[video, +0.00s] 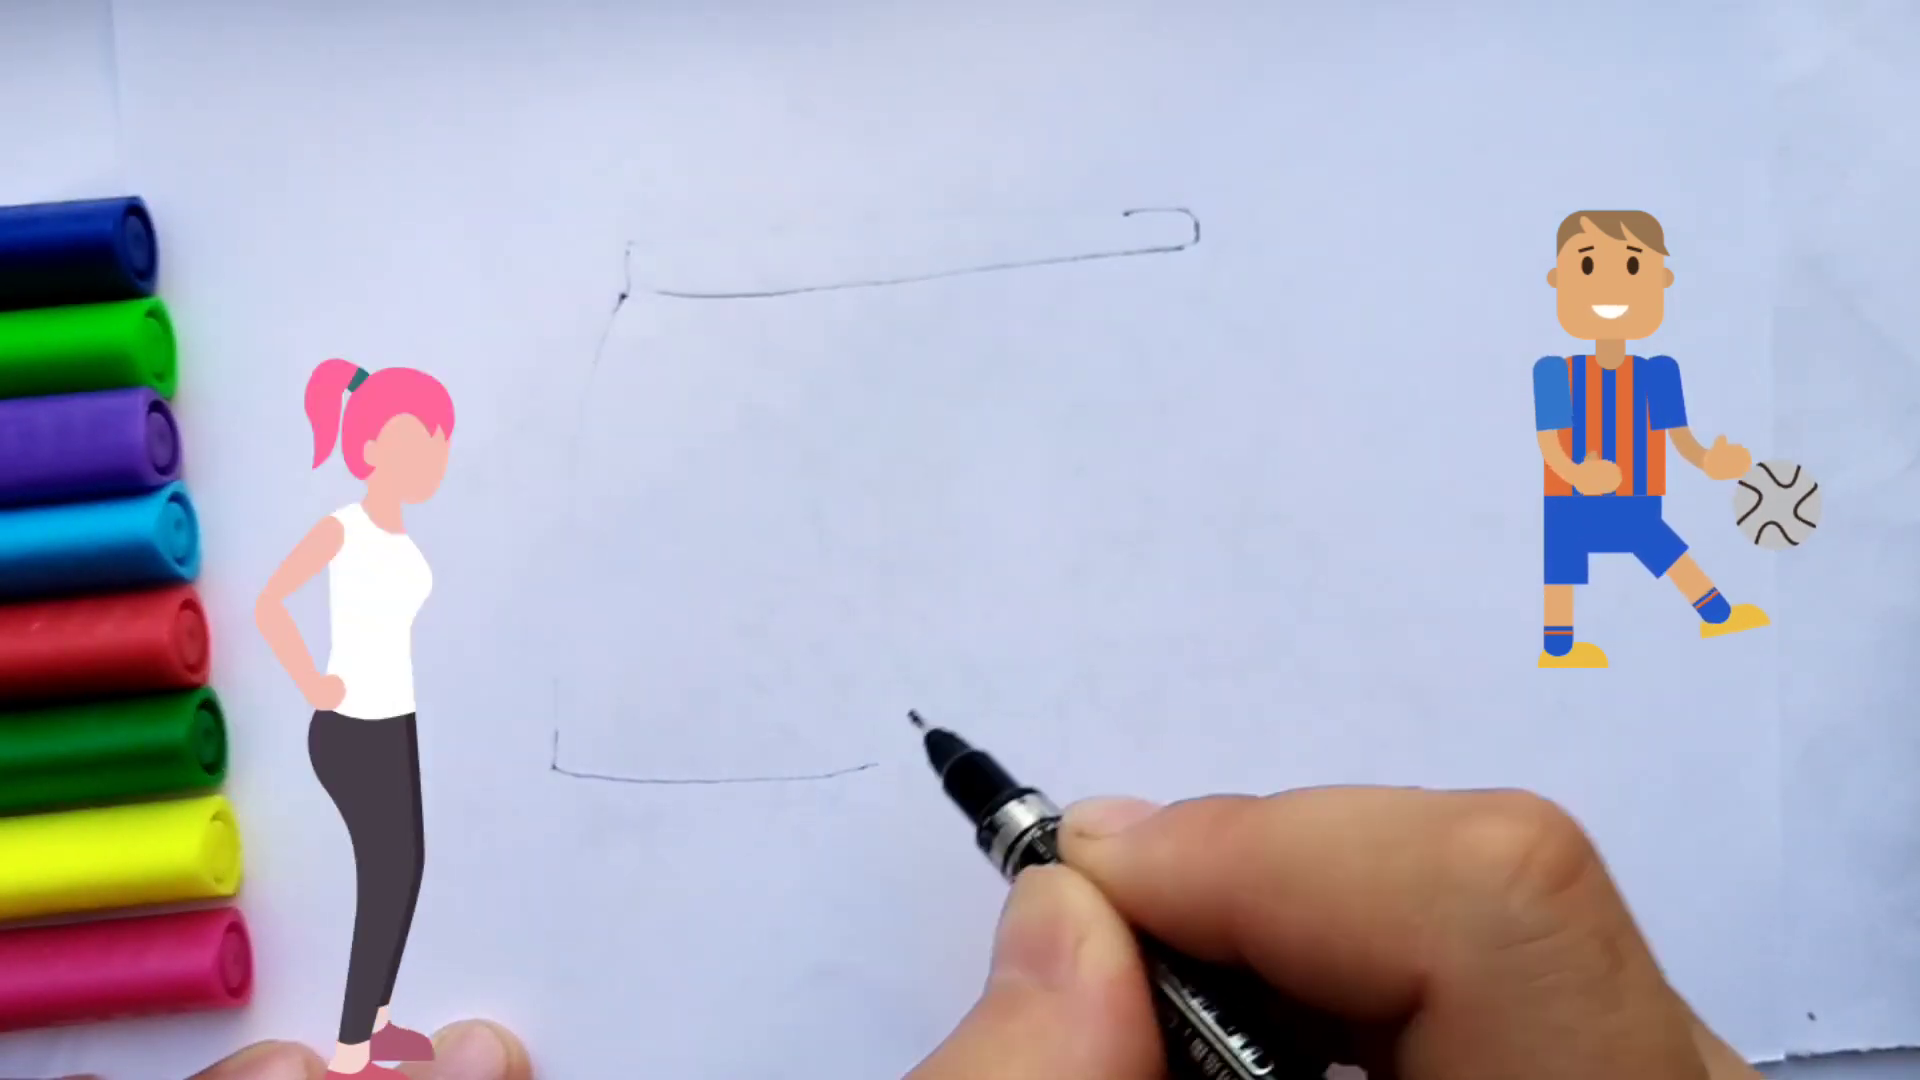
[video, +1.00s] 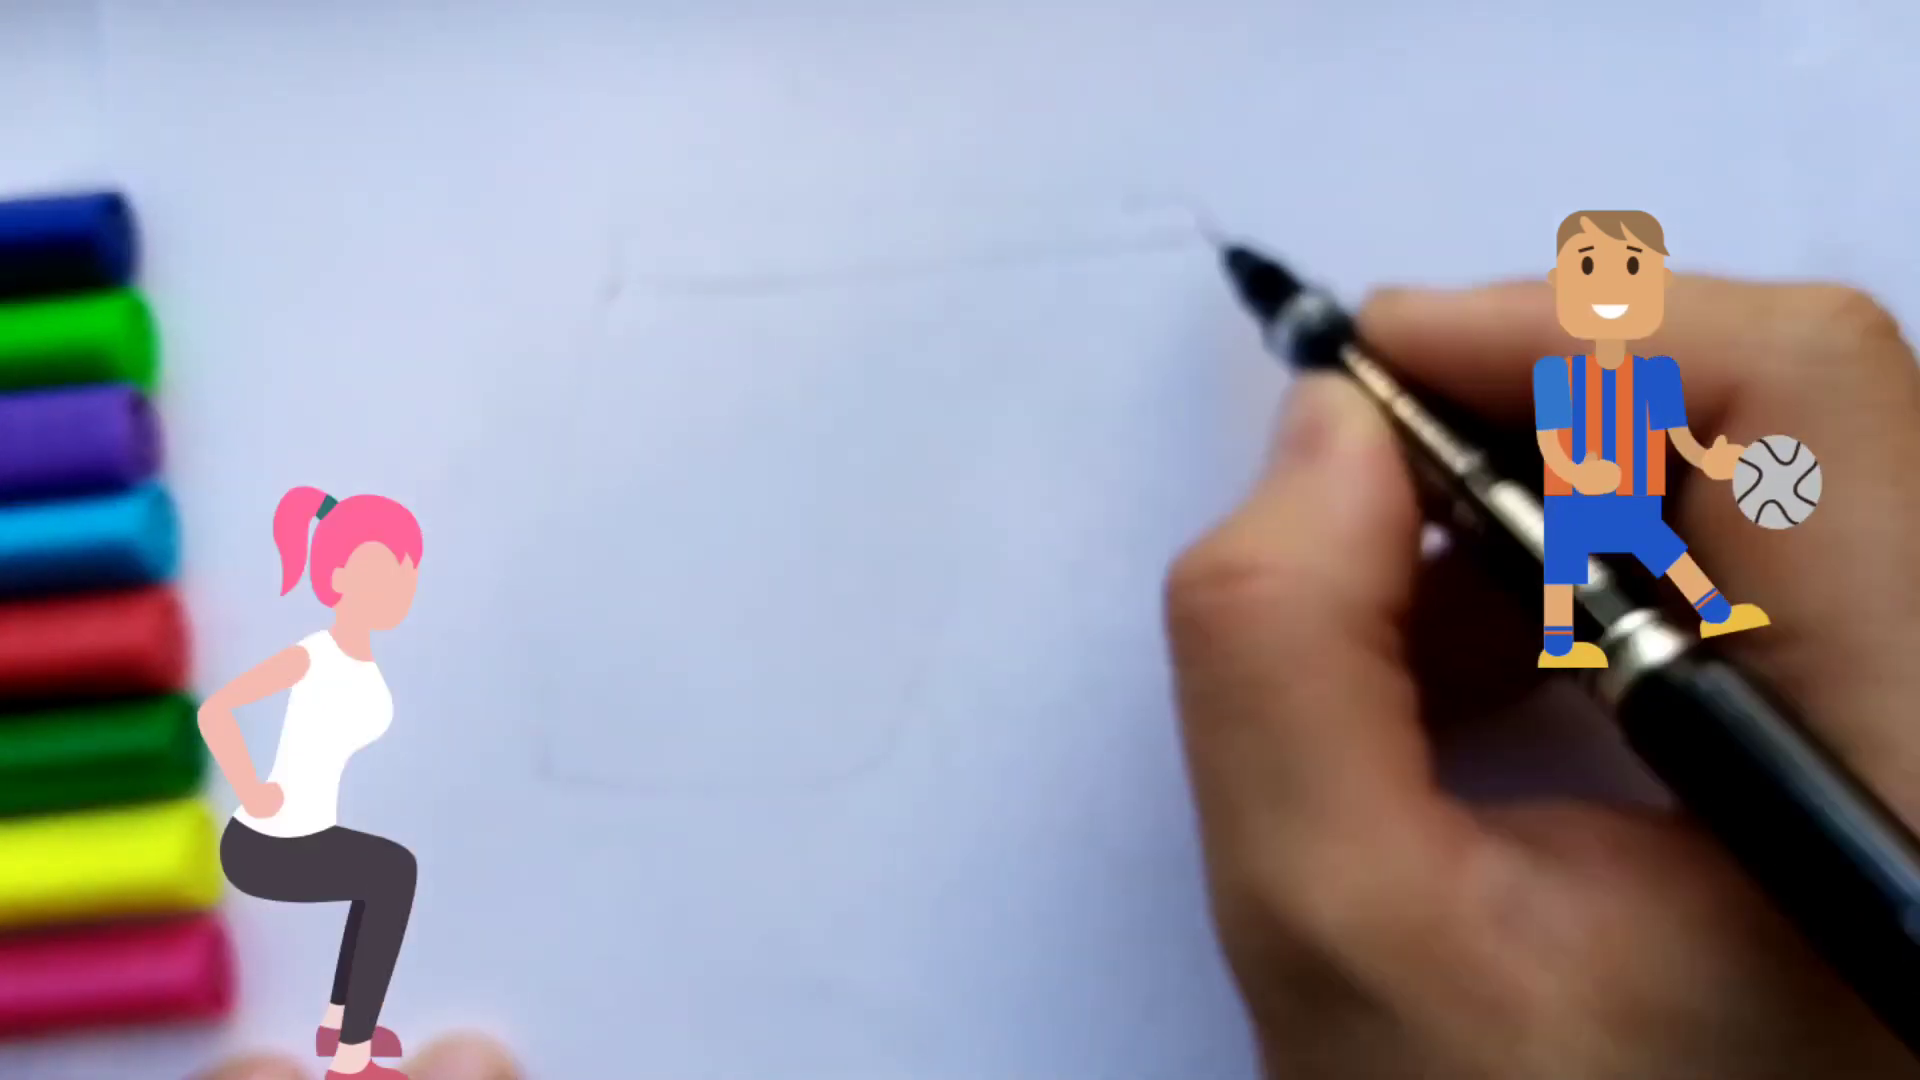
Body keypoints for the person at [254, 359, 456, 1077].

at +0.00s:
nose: (437, 455)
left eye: (440, 439)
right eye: (422, 437)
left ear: (440, 450)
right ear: (375, 447)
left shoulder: (404, 536)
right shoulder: (344, 528)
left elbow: (386, 623)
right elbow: (269, 604)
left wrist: (396, 686)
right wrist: (312, 684)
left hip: (398, 730)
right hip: (353, 732)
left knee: (406, 868)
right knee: (387, 875)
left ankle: (375, 1018)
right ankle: (350, 1049)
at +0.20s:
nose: (437, 456)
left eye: (440, 440)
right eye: (422, 437)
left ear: (440, 450)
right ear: (375, 447)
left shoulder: (404, 535)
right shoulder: (344, 528)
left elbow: (386, 623)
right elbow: (269, 606)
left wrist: (397, 687)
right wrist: (312, 685)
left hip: (398, 730)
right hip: (353, 732)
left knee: (406, 869)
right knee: (387, 875)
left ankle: (375, 1019)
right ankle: (350, 1049)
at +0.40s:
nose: (406, 586)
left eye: (406, 570)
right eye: (391, 569)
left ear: (401, 579)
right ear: (346, 578)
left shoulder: (362, 662)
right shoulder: (311, 656)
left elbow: (321, 738)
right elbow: (213, 712)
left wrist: (317, 798)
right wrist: (250, 791)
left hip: (307, 842)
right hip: (263, 851)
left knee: (391, 865)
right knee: (392, 872)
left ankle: (339, 1021)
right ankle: (350, 1056)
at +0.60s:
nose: (435, 456)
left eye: (439, 440)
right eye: (419, 438)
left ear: (441, 451)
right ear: (374, 447)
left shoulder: (404, 536)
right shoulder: (344, 529)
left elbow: (385, 623)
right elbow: (268, 606)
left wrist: (395, 687)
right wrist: (312, 684)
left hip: (397, 731)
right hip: (353, 732)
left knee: (405, 871)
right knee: (386, 877)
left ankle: (374, 1018)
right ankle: (349, 1052)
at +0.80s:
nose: (435, 456)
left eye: (439, 440)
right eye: (419, 438)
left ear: (441, 451)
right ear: (374, 447)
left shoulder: (404, 536)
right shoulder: (344, 528)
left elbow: (384, 622)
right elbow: (268, 605)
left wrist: (395, 686)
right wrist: (312, 684)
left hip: (397, 731)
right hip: (353, 732)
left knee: (406, 871)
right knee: (386, 877)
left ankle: (374, 1018)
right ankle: (349, 1051)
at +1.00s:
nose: (405, 587)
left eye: (405, 570)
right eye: (387, 570)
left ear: (406, 578)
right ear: (343, 579)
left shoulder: (363, 661)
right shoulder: (313, 655)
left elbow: (321, 738)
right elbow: (214, 712)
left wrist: (316, 799)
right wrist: (250, 791)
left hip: (305, 842)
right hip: (264, 850)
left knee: (393, 864)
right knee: (392, 874)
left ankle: (342, 1019)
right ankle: (352, 1058)